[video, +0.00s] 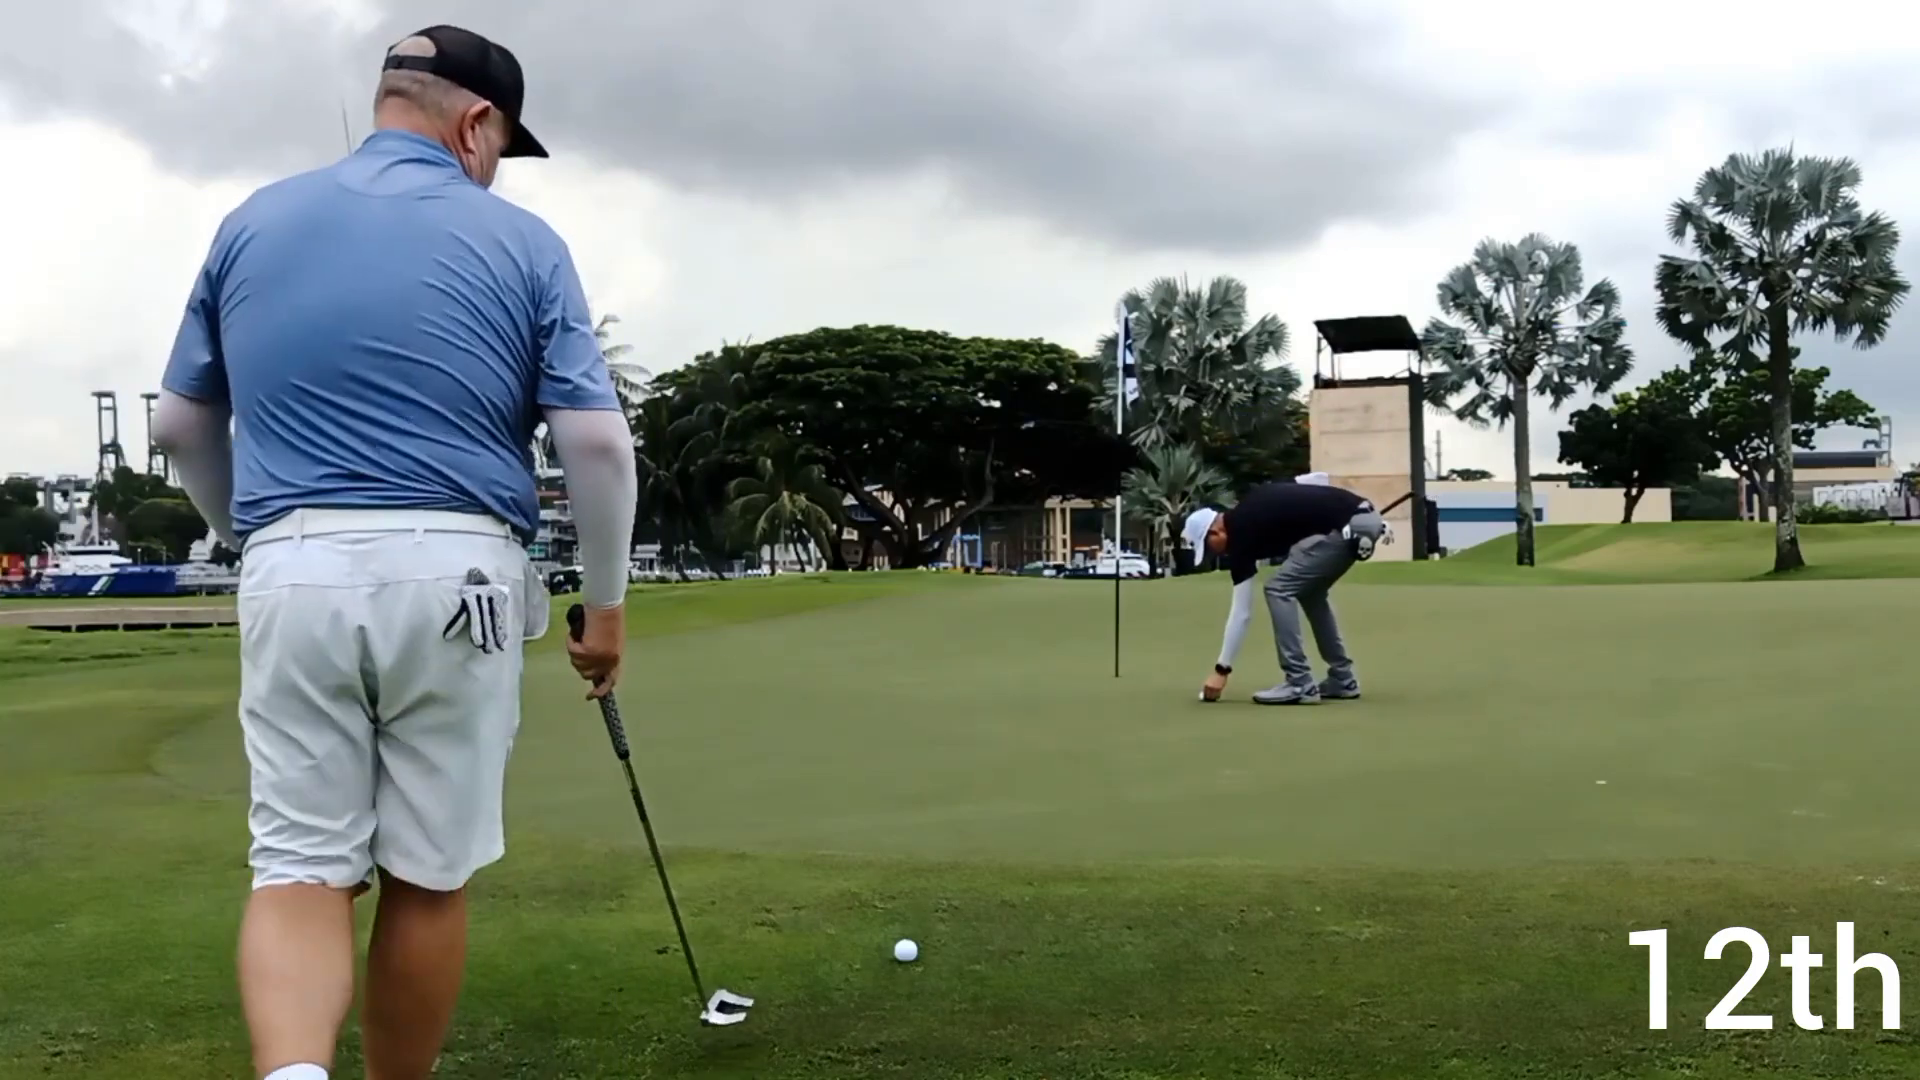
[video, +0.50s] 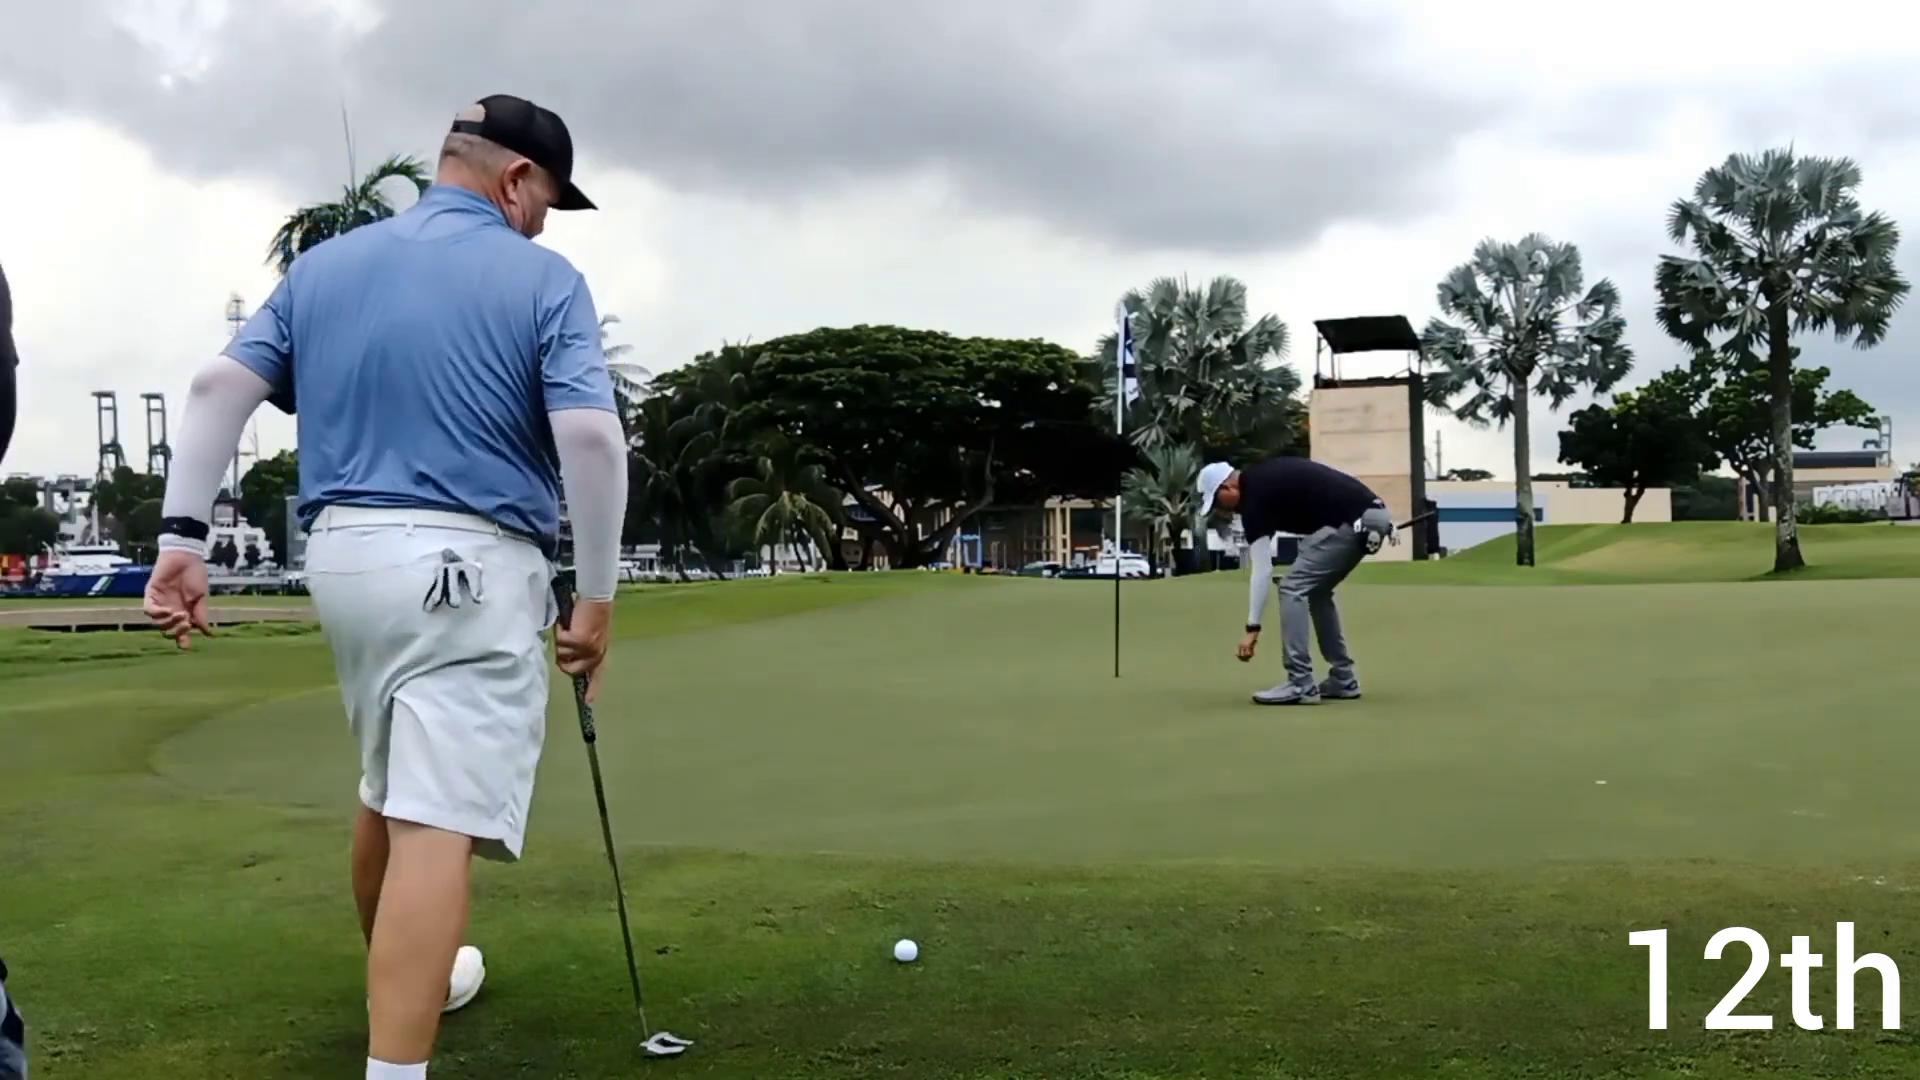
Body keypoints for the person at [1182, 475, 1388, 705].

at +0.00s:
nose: (1214, 552)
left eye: (1209, 546)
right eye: (1209, 549)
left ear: (1215, 530)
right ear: (1218, 521)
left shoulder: (1239, 539)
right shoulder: (1260, 498)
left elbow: (1241, 613)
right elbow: (1319, 478)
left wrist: (1221, 671)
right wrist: (1351, 507)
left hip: (1346, 529)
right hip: (1362, 518)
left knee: (1278, 590)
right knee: (1312, 594)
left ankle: (1299, 682)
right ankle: (1342, 679)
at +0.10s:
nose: (1217, 554)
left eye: (1212, 548)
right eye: (1211, 551)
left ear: (1217, 530)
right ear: (1219, 522)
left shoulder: (1240, 538)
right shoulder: (1262, 498)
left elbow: (1241, 612)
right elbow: (1321, 478)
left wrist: (1220, 670)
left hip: (1349, 530)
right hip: (1366, 519)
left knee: (1279, 590)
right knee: (1312, 593)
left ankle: (1299, 683)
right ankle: (1342, 679)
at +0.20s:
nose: (1220, 553)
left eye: (1214, 547)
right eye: (1214, 550)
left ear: (1219, 530)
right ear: (1221, 521)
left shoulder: (1242, 538)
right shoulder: (1263, 497)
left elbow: (1239, 613)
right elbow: (1325, 480)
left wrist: (1217, 671)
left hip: (1350, 532)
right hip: (1367, 521)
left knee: (1279, 591)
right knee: (1312, 594)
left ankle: (1299, 683)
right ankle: (1342, 679)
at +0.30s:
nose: (1220, 548)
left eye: (1215, 542)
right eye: (1215, 544)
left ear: (1221, 526)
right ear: (1224, 518)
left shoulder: (1244, 535)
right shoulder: (1264, 498)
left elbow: (1237, 610)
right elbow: (1331, 480)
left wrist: (1217, 667)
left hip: (1351, 532)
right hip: (1368, 522)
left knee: (1281, 591)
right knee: (1313, 594)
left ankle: (1299, 683)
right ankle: (1342, 679)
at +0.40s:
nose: (1220, 534)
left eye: (1215, 528)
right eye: (1214, 532)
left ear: (1224, 512)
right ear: (1227, 505)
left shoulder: (1247, 524)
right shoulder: (1270, 488)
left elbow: (1245, 596)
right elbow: (1336, 480)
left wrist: (1229, 654)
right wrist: (1369, 511)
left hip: (1351, 529)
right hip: (1369, 520)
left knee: (1285, 590)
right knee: (1315, 593)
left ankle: (1299, 682)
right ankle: (1342, 678)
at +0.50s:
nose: (1222, 509)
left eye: (1217, 502)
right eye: (1216, 506)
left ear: (1227, 487)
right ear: (1230, 482)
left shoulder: (1253, 500)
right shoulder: (1262, 480)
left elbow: (1262, 571)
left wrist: (1252, 629)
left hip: (1350, 523)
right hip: (1367, 515)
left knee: (1292, 587)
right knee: (1319, 592)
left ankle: (1300, 682)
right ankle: (1343, 678)